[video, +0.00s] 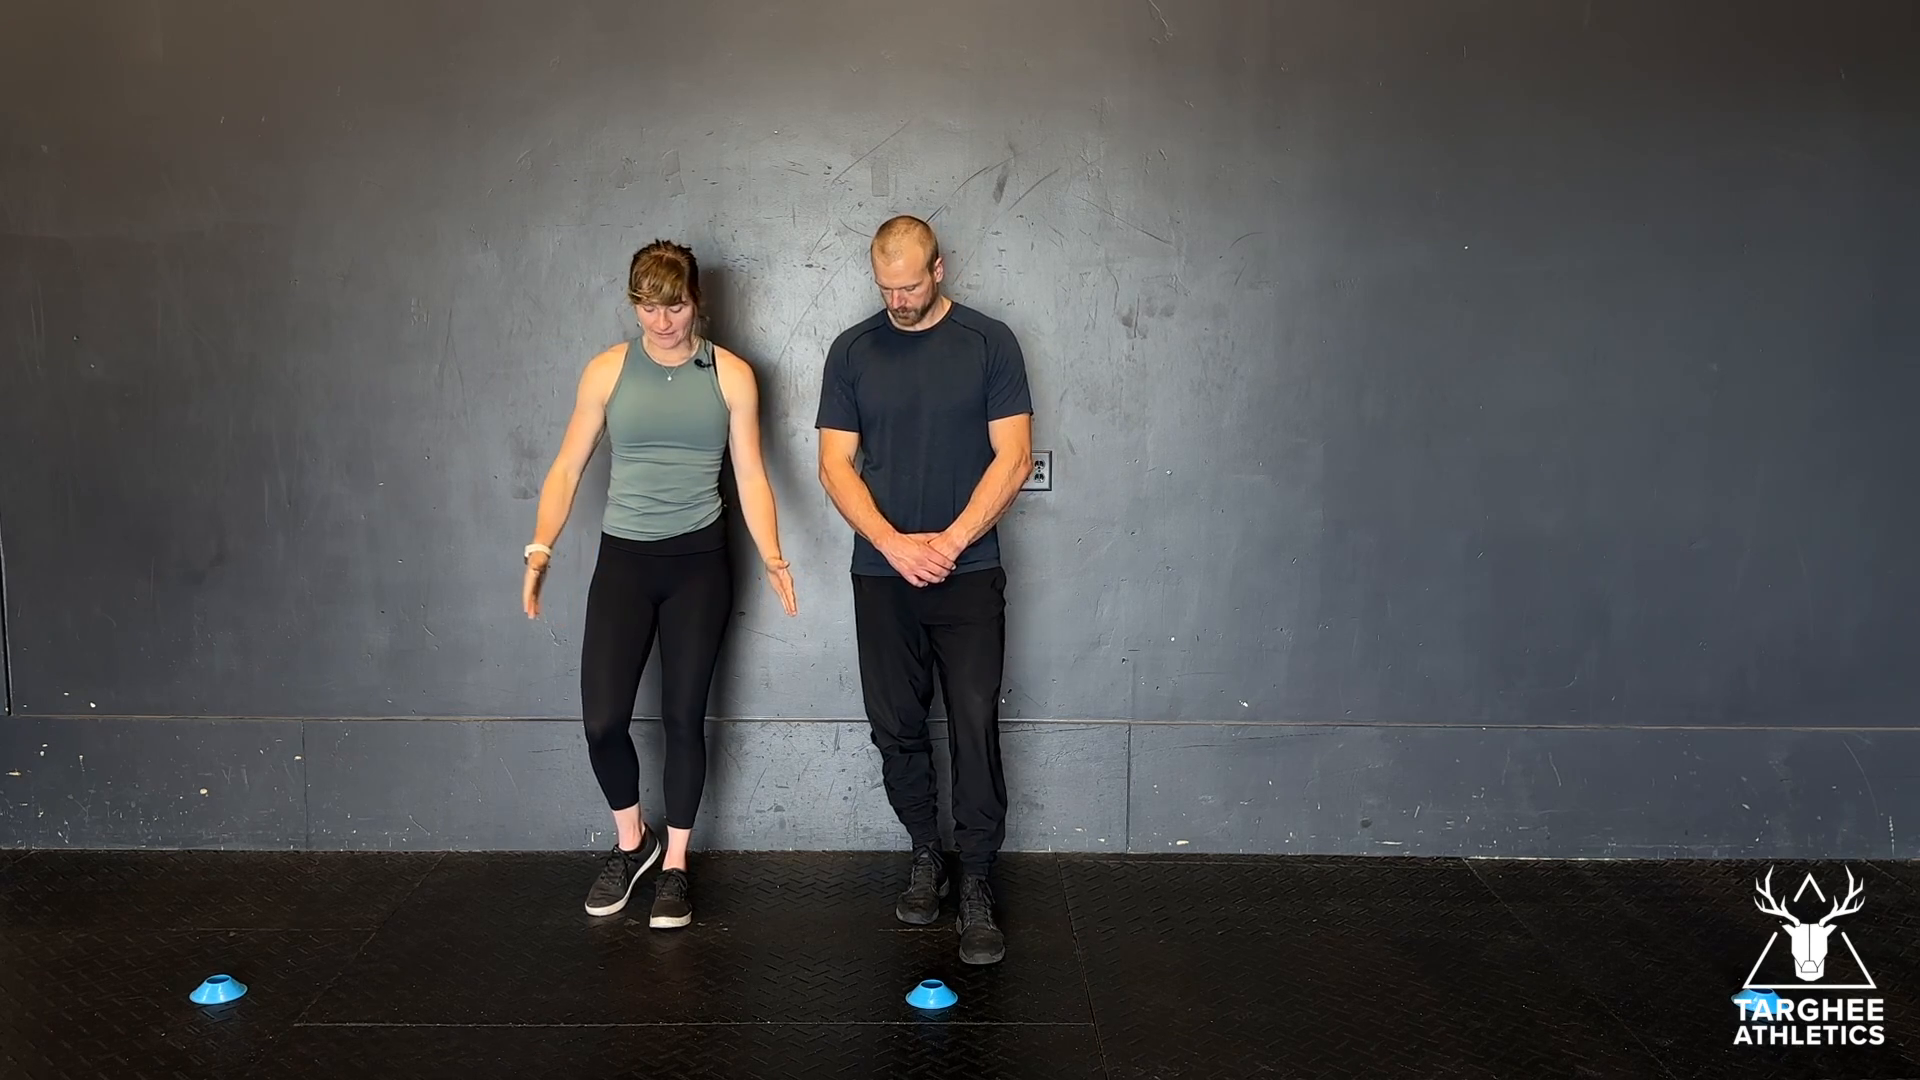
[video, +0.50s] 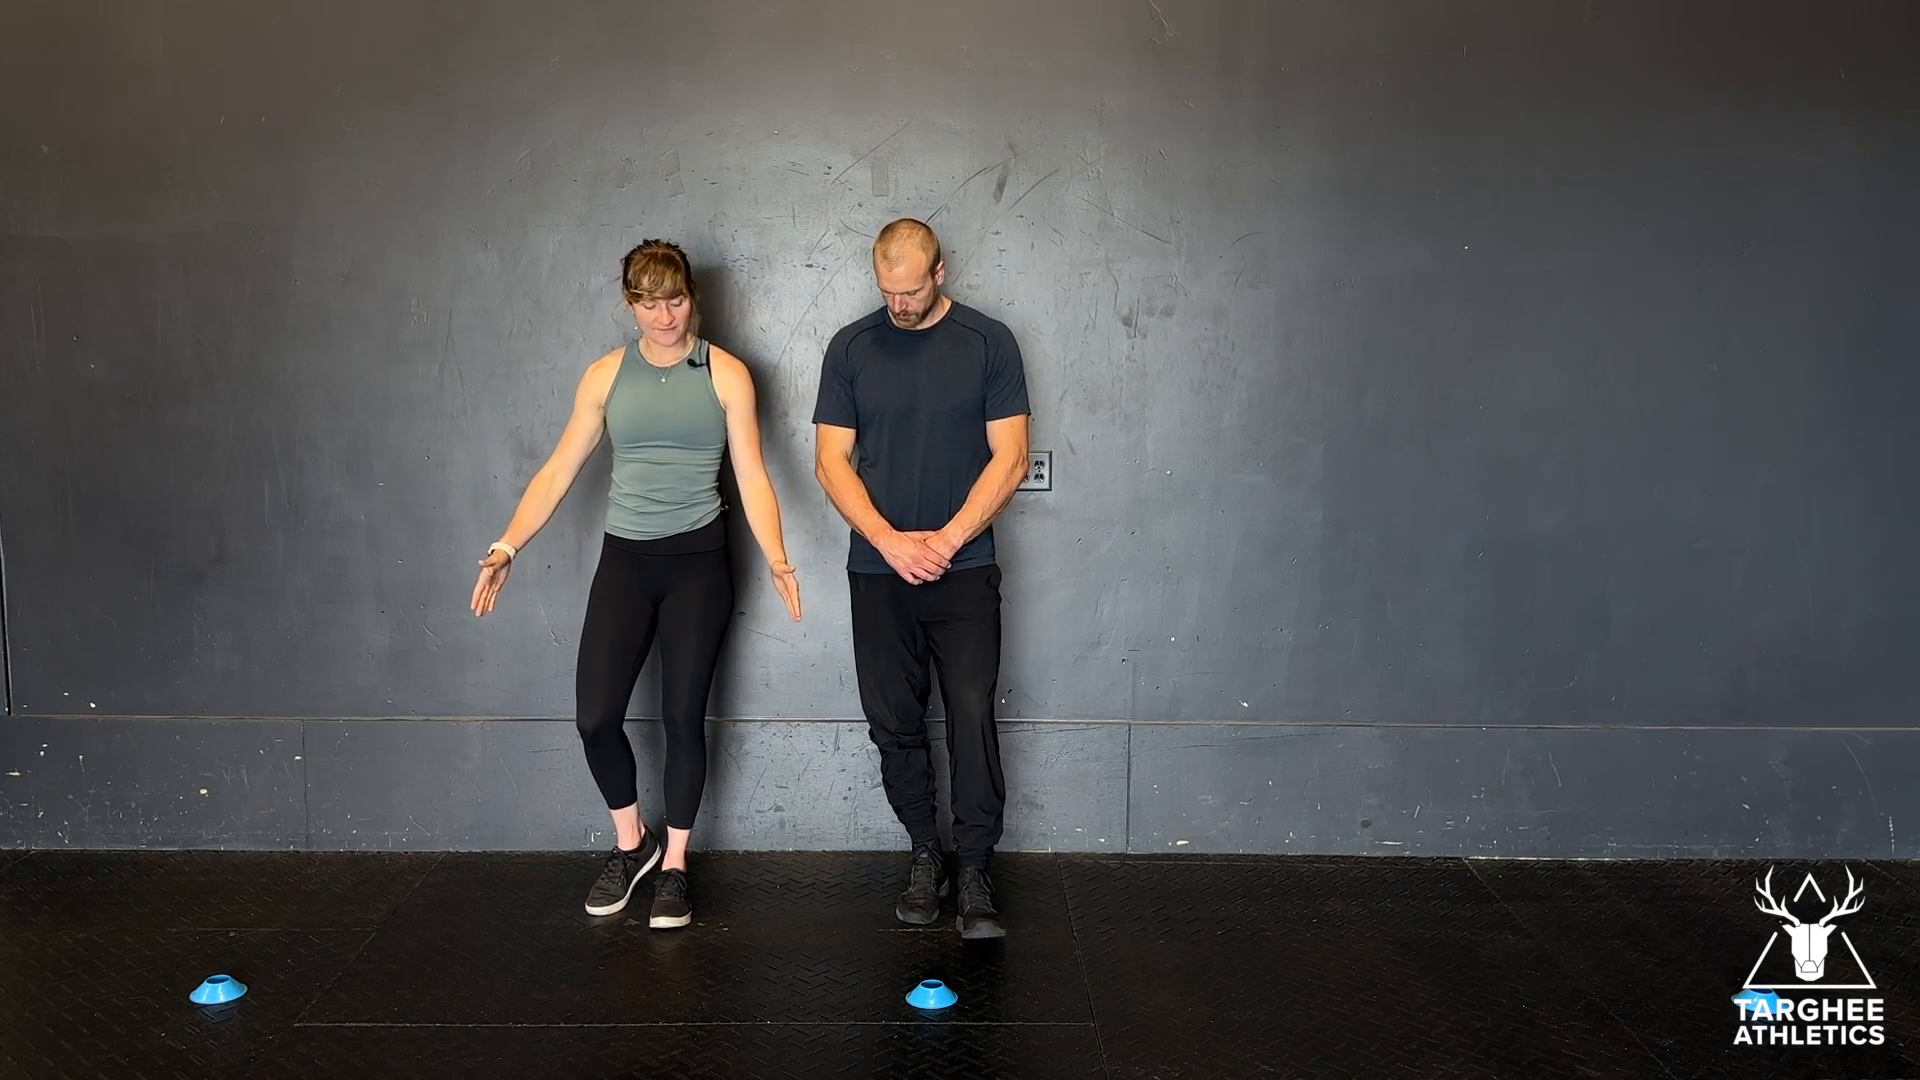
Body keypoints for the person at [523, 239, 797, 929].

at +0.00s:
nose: (664, 321)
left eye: (675, 308)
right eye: (651, 310)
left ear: (694, 303)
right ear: (635, 307)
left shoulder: (730, 375)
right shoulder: (607, 370)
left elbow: (751, 475)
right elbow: (567, 467)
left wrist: (773, 557)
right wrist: (538, 552)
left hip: (700, 561)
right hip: (623, 561)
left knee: (683, 714)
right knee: (602, 721)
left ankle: (675, 865)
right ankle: (631, 842)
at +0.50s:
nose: (667, 314)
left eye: (676, 299)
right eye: (652, 303)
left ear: (691, 299)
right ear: (631, 307)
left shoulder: (726, 375)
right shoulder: (607, 375)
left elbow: (751, 475)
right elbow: (559, 470)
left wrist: (778, 559)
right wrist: (504, 549)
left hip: (700, 561)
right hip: (624, 561)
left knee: (683, 715)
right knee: (596, 716)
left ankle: (674, 868)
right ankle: (634, 848)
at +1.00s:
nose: (675, 315)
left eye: (684, 300)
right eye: (660, 303)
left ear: (699, 301)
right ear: (636, 304)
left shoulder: (730, 376)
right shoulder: (608, 377)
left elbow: (754, 474)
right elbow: (565, 474)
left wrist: (786, 557)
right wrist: (518, 555)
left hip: (703, 562)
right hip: (626, 564)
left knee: (687, 716)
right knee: (615, 724)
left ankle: (676, 868)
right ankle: (642, 855)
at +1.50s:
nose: (685, 311)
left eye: (693, 298)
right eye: (670, 299)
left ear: (701, 300)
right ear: (639, 302)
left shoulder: (725, 374)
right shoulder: (604, 378)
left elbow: (746, 471)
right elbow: (568, 484)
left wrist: (782, 524)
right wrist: (569, 575)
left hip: (710, 565)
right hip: (633, 570)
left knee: (733, 722)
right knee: (634, 724)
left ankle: (734, 869)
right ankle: (635, 871)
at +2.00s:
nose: (747, 313)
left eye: (757, 299)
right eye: (732, 301)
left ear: (771, 302)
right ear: (708, 305)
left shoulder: (803, 380)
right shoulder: (680, 383)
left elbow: (826, 489)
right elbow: (663, 487)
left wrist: (856, 587)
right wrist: (662, 573)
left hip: (791, 570)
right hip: (710, 572)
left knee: (788, 733)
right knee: (675, 739)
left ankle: (795, 889)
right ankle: (660, 861)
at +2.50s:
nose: (775, 308)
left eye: (788, 294)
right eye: (762, 295)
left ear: (808, 301)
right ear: (747, 303)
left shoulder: (843, 385)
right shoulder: (716, 379)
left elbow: (858, 496)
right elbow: (685, 484)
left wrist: (882, 597)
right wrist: (664, 578)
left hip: (819, 573)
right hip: (738, 574)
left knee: (803, 733)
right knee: (761, 722)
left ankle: (794, 880)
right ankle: (796, 877)